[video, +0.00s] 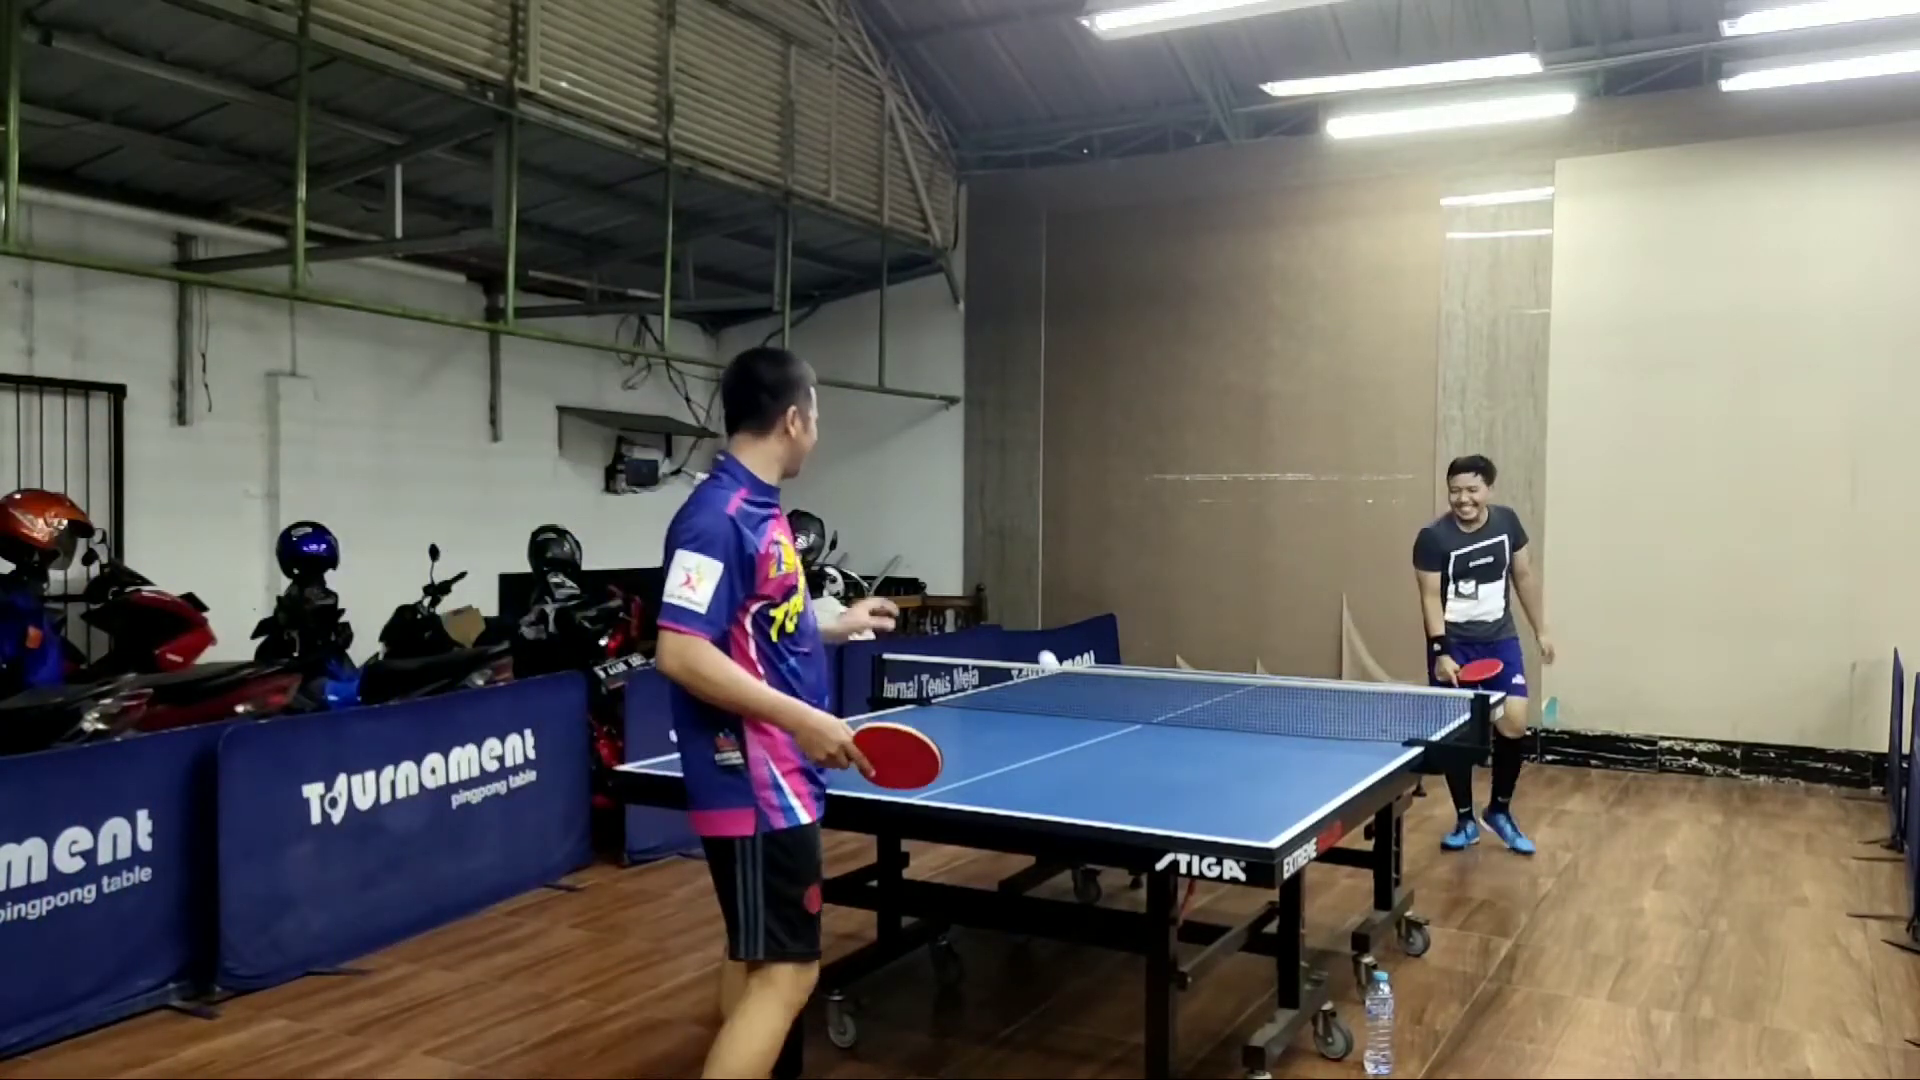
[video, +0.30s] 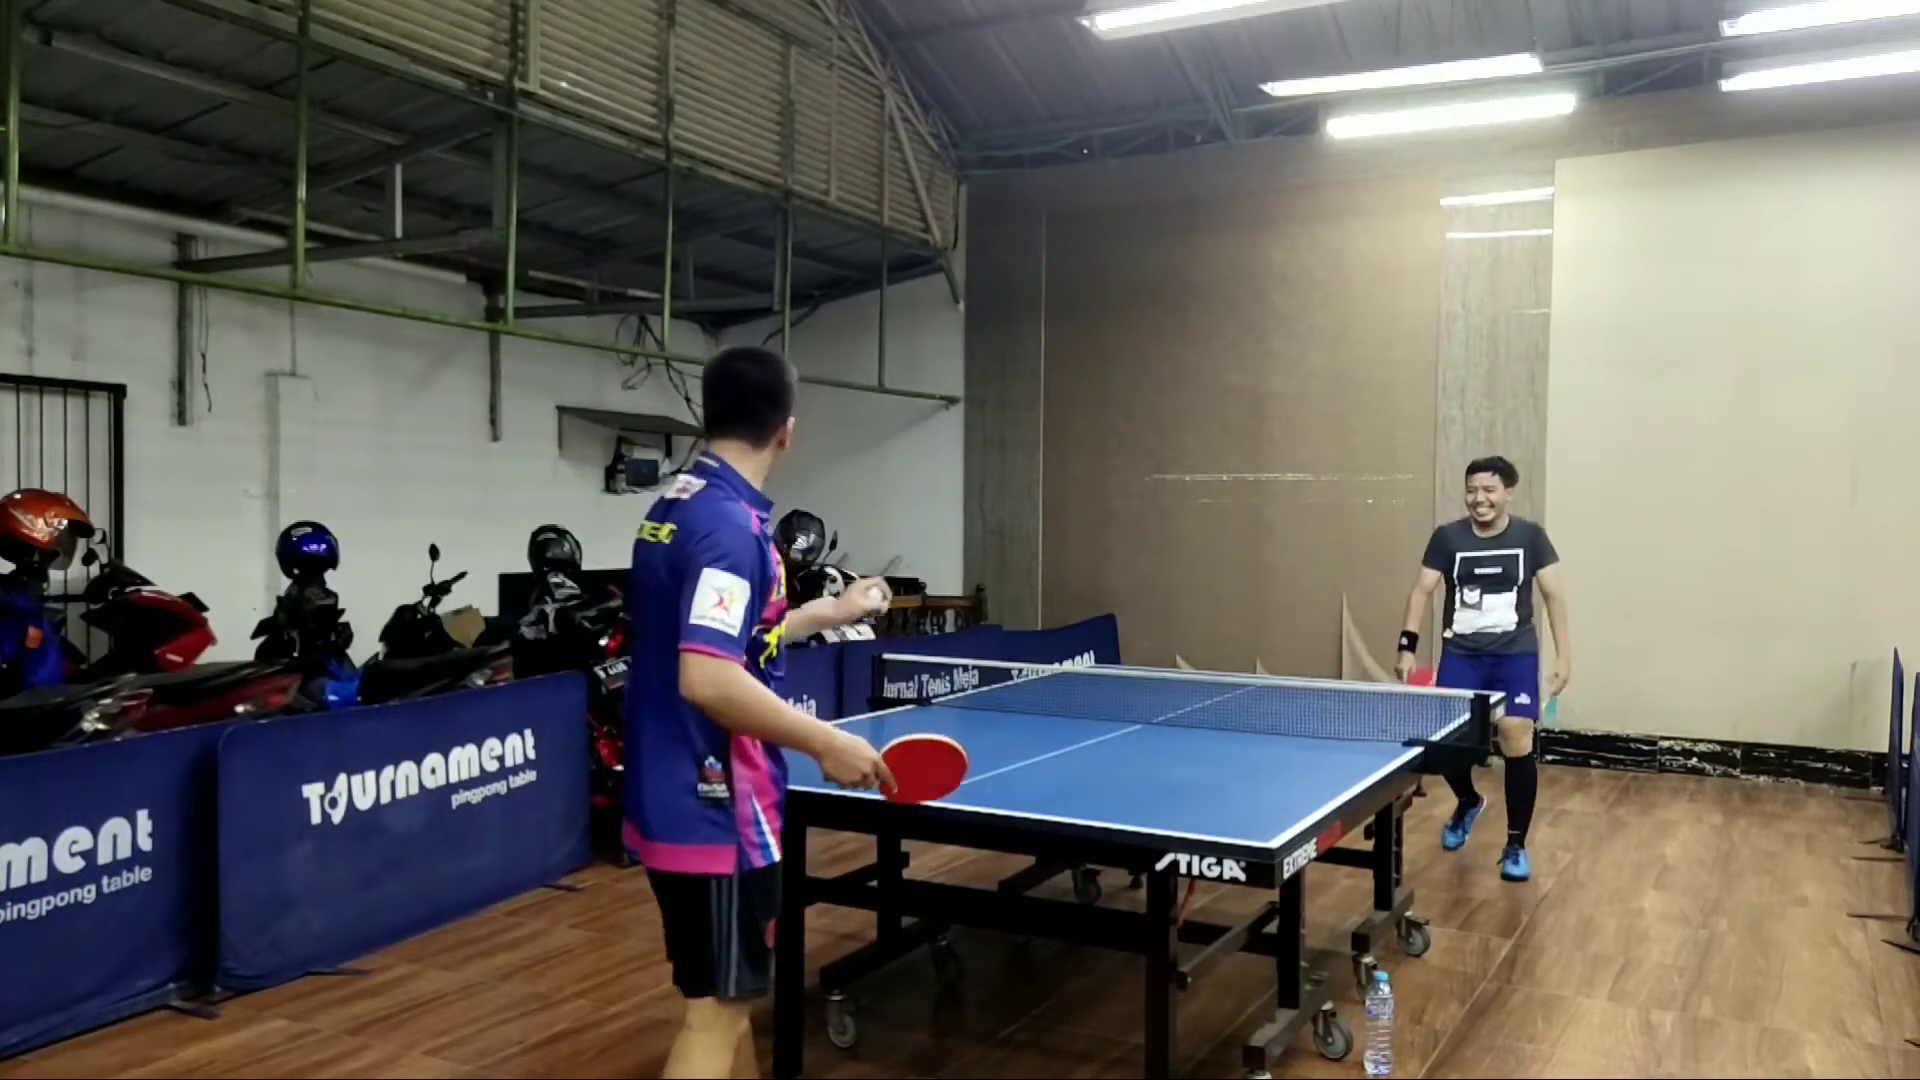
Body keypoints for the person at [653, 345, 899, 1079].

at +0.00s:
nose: (814, 431)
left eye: (812, 415)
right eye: (813, 415)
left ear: (743, 415)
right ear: (794, 419)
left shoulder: (758, 507)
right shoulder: (716, 516)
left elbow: (754, 618)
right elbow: (680, 650)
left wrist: (837, 621)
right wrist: (800, 719)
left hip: (767, 775)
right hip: (749, 786)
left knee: (753, 959)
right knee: (787, 973)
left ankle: (746, 1060)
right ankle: (732, 1072)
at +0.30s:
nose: (793, 431)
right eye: (794, 419)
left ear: (709, 416)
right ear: (785, 428)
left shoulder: (680, 504)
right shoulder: (730, 522)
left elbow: (729, 636)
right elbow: (707, 676)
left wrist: (827, 613)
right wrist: (827, 742)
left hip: (679, 798)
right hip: (713, 811)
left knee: (726, 997)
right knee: (717, 1010)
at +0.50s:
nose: (769, 422)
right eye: (771, 412)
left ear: (684, 410)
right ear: (766, 424)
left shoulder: (619, 505)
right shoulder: (744, 517)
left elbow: (591, 646)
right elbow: (726, 671)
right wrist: (813, 779)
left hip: (616, 807)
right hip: (694, 822)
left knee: (653, 986)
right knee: (692, 1019)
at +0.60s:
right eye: (749, 416)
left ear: (663, 413)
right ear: (748, 427)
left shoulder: (596, 506)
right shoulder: (741, 523)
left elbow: (552, 645)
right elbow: (729, 671)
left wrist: (628, 692)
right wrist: (798, 789)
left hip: (598, 809)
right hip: (692, 821)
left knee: (611, 987)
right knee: (684, 1021)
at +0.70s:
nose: (632, 410)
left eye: (634, 401)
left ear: (642, 409)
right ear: (726, 424)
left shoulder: (570, 508)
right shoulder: (730, 522)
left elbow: (525, 650)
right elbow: (725, 673)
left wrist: (606, 685)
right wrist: (785, 791)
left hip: (578, 813)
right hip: (679, 825)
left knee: (568, 966)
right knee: (678, 1015)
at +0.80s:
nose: (608, 410)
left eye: (610, 400)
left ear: (619, 407)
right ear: (702, 422)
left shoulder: (545, 509)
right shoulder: (713, 525)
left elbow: (505, 655)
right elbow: (713, 679)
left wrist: (581, 683)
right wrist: (769, 783)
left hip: (552, 816)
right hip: (659, 829)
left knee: (517, 976)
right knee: (671, 1013)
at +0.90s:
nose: (580, 415)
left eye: (581, 404)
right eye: (585, 405)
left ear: (592, 409)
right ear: (674, 426)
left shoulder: (516, 509)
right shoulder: (684, 528)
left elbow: (478, 655)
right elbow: (690, 685)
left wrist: (558, 679)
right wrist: (749, 778)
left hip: (515, 826)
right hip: (630, 838)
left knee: (466, 1000)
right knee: (669, 1016)